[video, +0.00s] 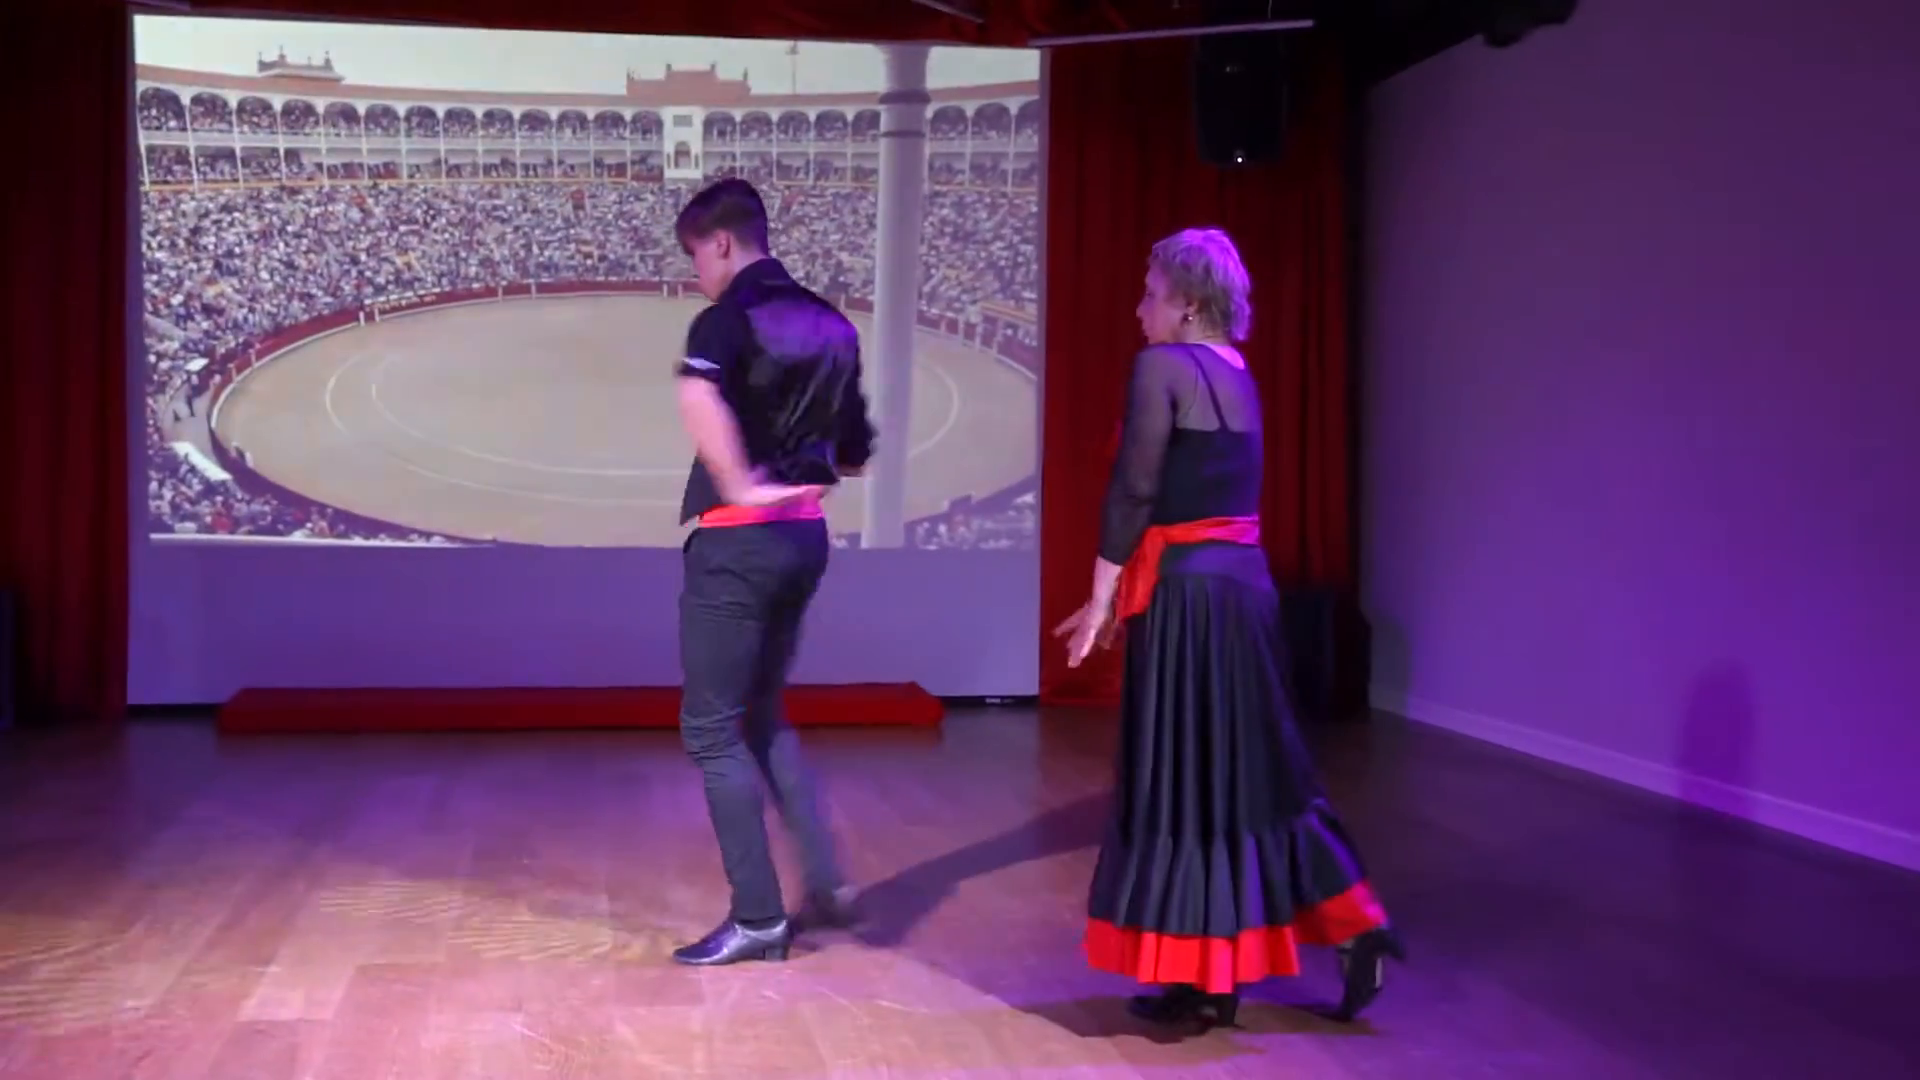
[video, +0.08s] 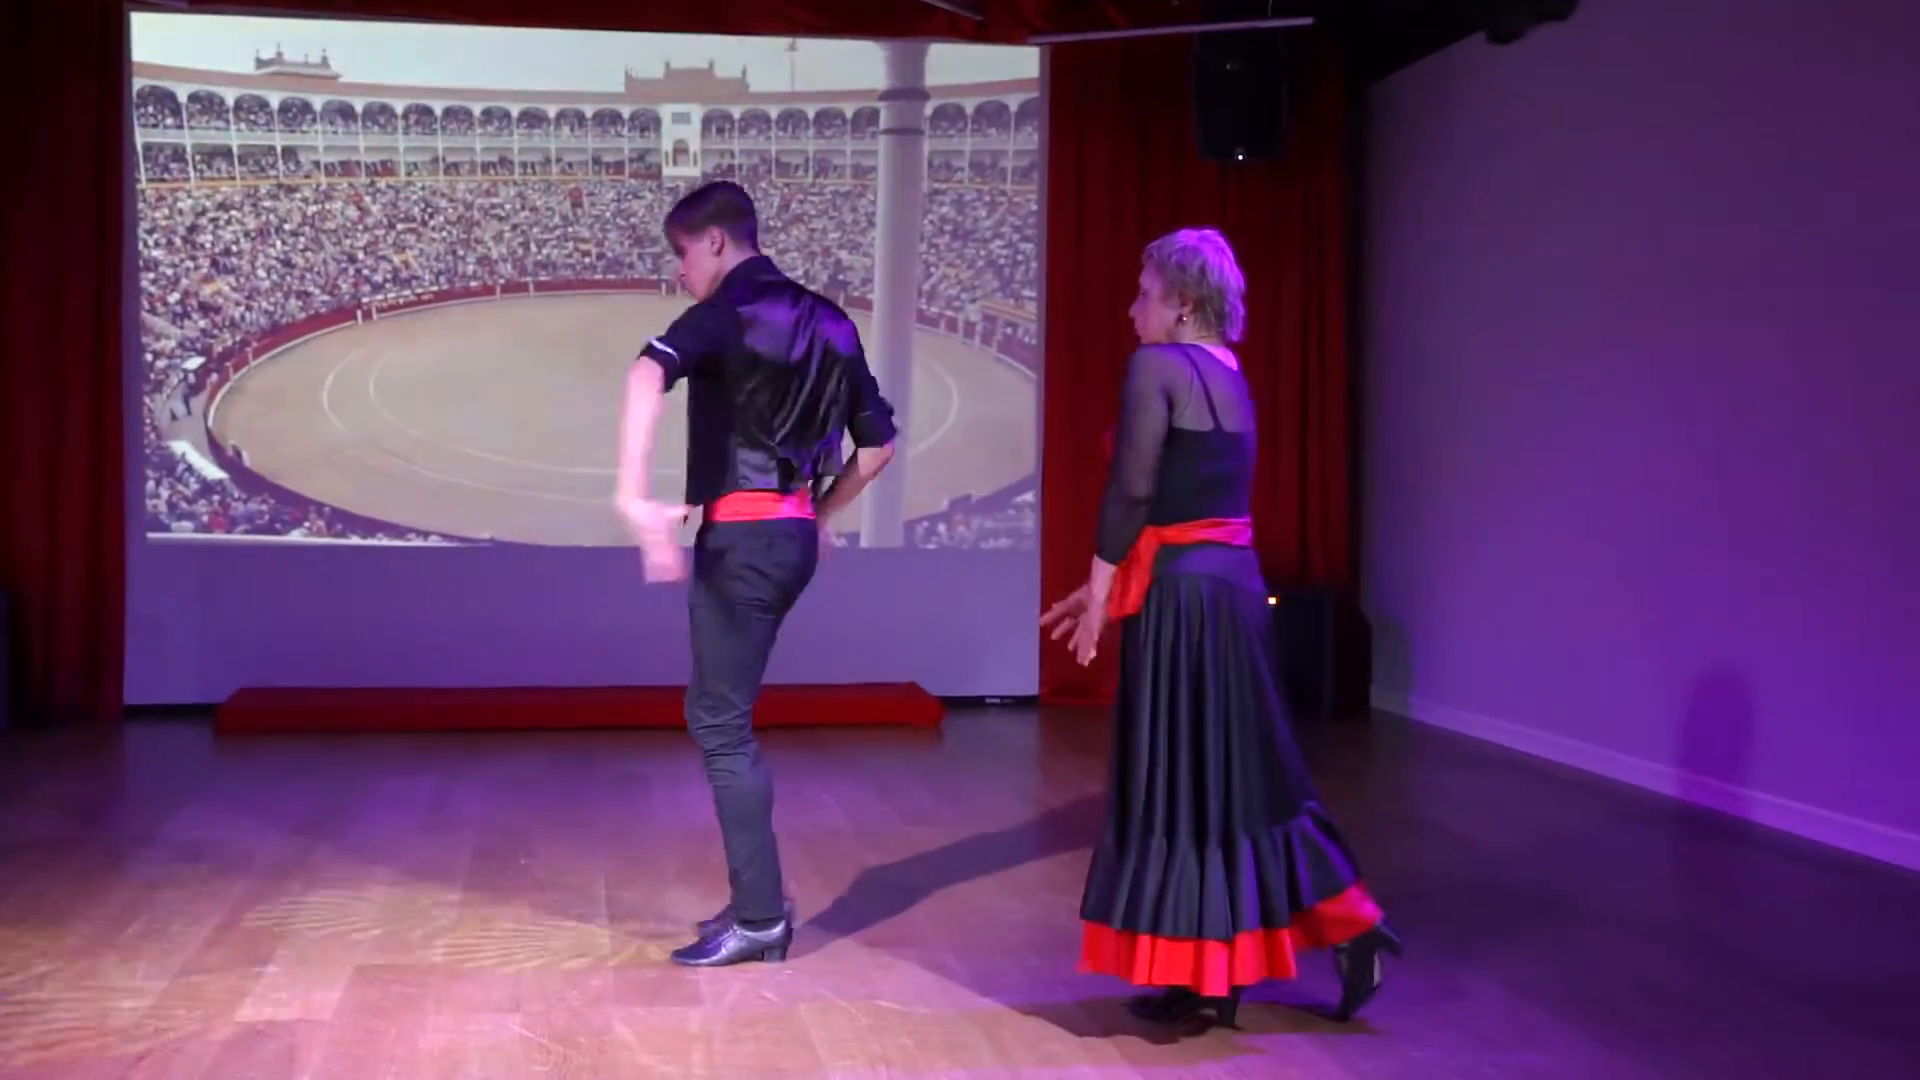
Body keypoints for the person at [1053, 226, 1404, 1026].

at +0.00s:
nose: (1141, 304)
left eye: (1151, 292)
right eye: (1145, 290)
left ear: (1185, 301)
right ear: (1212, 303)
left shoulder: (1160, 367)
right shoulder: (1234, 373)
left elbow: (1135, 486)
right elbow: (1209, 498)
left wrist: (1105, 585)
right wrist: (1114, 601)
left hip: (1187, 590)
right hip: (1245, 587)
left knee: (1181, 774)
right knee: (1267, 765)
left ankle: (1193, 973)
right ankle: (1356, 920)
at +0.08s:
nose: (1134, 304)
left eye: (1144, 291)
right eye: (1138, 289)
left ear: (1178, 301)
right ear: (1205, 303)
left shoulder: (1155, 367)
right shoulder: (1227, 373)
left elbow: (1133, 487)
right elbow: (1191, 500)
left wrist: (1102, 570)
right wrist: (1106, 585)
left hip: (1182, 591)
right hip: (1237, 588)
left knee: (1179, 775)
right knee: (1254, 767)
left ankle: (1195, 973)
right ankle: (1350, 919)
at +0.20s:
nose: (1120, 307)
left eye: (1131, 294)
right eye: (1124, 293)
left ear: (1166, 303)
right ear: (1190, 305)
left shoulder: (1146, 369)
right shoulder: (1209, 374)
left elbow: (1135, 487)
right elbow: (1179, 499)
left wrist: (1099, 568)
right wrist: (1100, 575)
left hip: (1170, 590)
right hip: (1219, 586)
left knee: (1168, 776)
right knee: (1237, 769)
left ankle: (1189, 968)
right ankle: (1332, 917)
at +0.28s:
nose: (1106, 311)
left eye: (1116, 298)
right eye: (1110, 296)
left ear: (1151, 307)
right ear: (1175, 309)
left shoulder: (1135, 373)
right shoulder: (1196, 379)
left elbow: (1133, 495)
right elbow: (1162, 502)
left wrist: (1090, 589)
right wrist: (1089, 582)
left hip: (1159, 591)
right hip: (1209, 589)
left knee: (1158, 776)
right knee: (1213, 768)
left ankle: (1180, 970)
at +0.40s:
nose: (1080, 313)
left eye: (1091, 300)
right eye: (1084, 298)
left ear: (1126, 309)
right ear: (1150, 311)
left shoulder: (1115, 377)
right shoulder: (1171, 379)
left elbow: (1128, 493)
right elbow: (1158, 501)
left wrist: (1082, 598)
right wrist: (1088, 585)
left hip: (1145, 592)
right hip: (1190, 588)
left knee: (1146, 775)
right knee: (1194, 772)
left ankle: (1169, 970)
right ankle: (1209, 964)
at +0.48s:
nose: (1059, 313)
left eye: (1070, 300)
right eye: (1063, 298)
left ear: (1104, 309)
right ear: (1133, 311)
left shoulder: (1100, 379)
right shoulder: (1152, 379)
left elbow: (1121, 490)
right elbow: (1159, 497)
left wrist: (1079, 604)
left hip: (1128, 595)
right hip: (1172, 590)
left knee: (1118, 776)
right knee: (1177, 773)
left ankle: (1145, 967)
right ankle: (1200, 965)